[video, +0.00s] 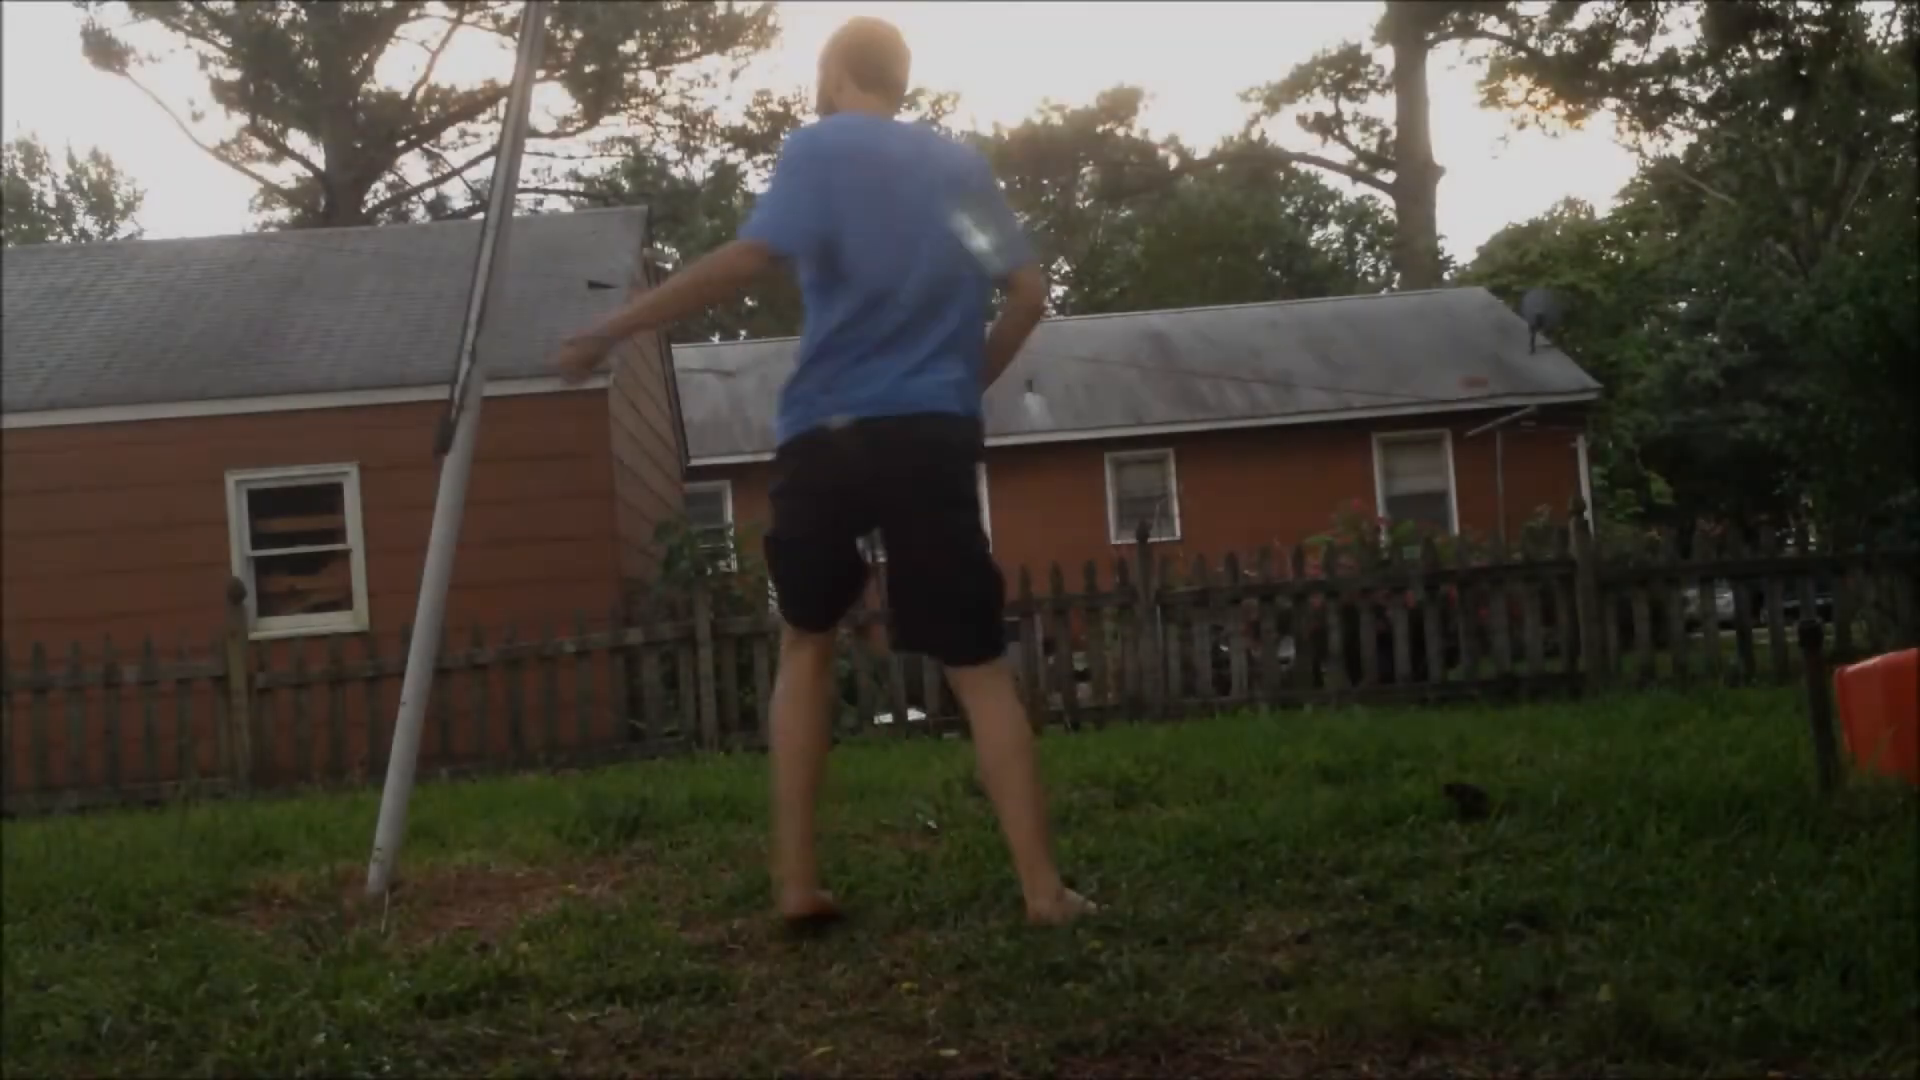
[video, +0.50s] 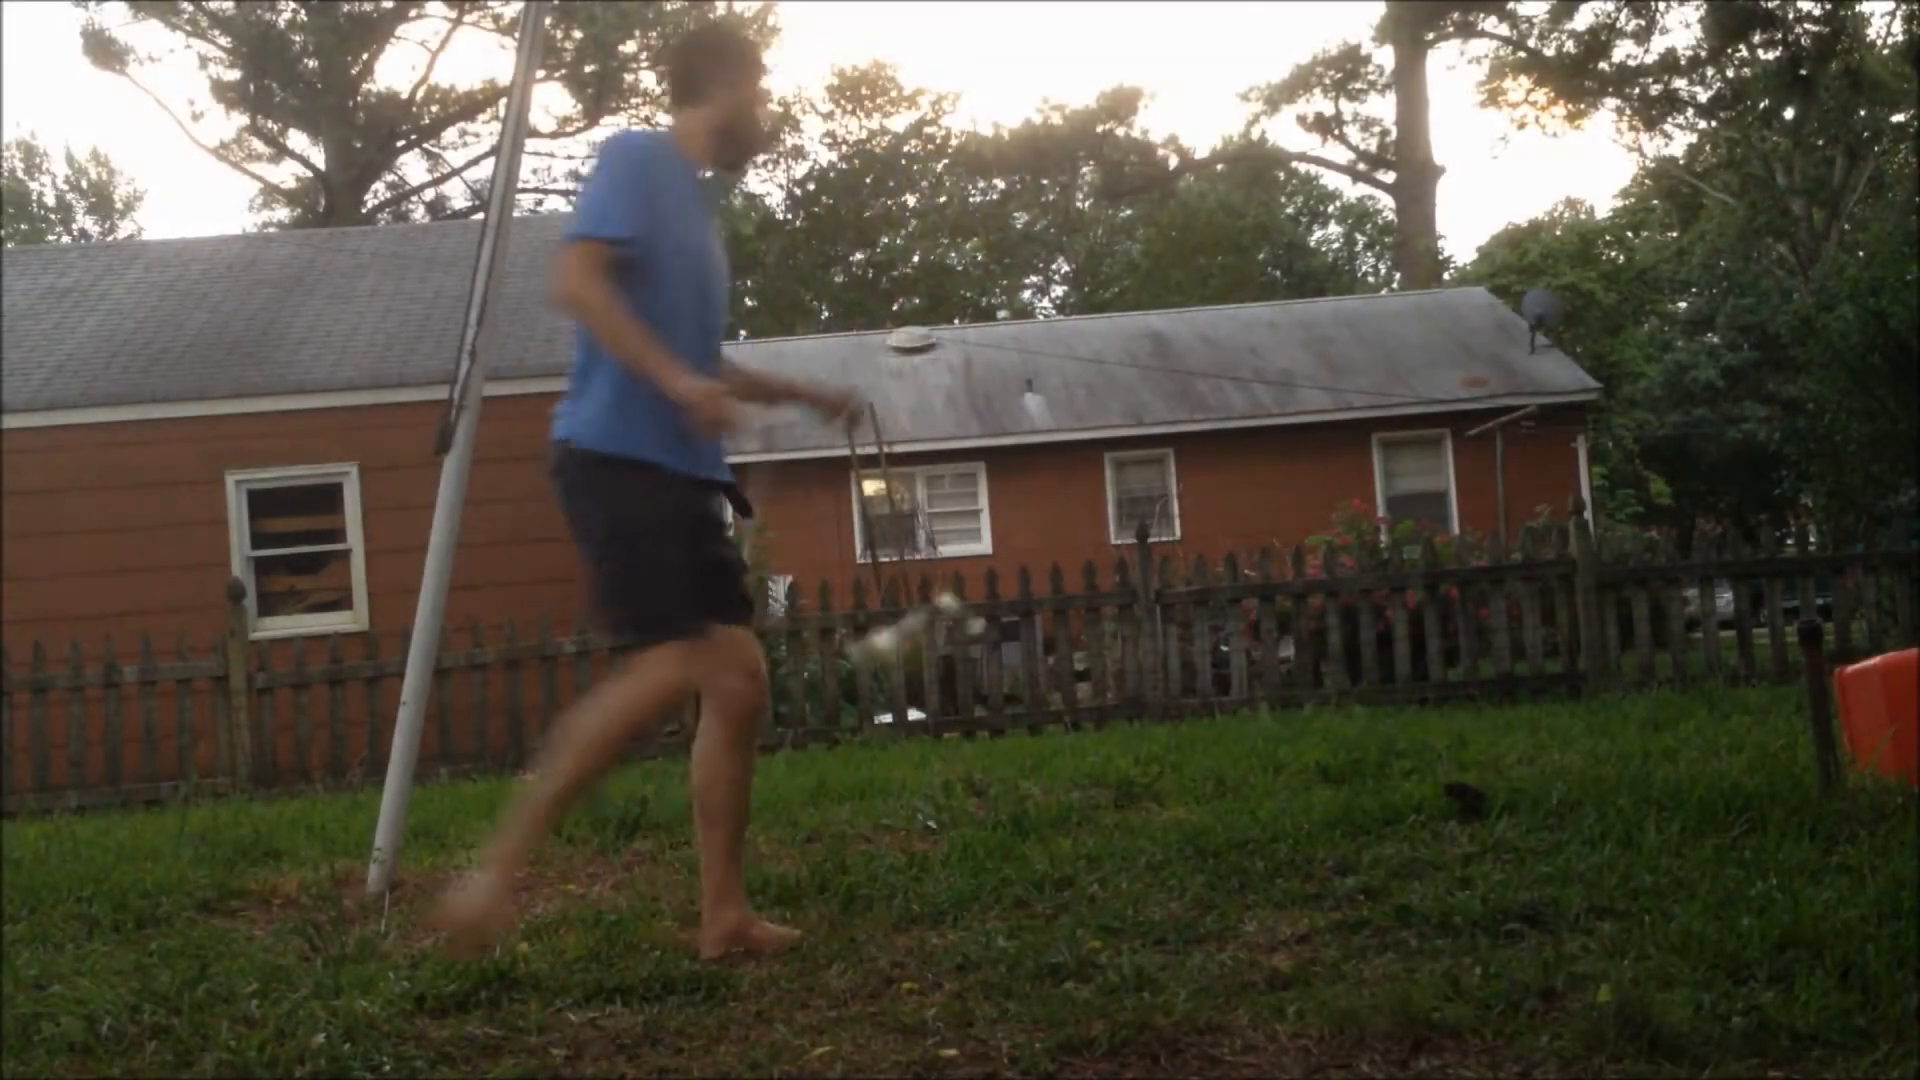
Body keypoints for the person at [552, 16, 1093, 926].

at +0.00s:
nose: (819, 96)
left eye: (820, 82)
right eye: (826, 83)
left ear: (831, 82)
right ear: (902, 87)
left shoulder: (815, 146)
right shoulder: (958, 159)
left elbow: (749, 259)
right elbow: (1031, 293)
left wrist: (611, 328)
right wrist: (971, 377)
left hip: (825, 439)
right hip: (937, 436)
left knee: (806, 646)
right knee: (980, 670)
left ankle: (796, 884)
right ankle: (1044, 891)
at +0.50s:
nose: (767, 111)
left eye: (764, 92)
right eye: (756, 91)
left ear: (711, 94)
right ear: (717, 91)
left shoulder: (700, 209)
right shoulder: (638, 157)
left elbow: (700, 362)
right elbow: (576, 279)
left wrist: (809, 396)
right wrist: (678, 378)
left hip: (677, 467)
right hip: (614, 456)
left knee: (735, 681)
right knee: (674, 664)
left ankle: (723, 918)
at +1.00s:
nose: (354, 162)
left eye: (366, 139)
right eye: (333, 150)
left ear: (400, 135)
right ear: (316, 164)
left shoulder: (492, 224)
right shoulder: (316, 261)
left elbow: (595, 307)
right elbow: (288, 353)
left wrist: (716, 347)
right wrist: (251, 413)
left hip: (540, 510)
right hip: (421, 535)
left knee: (638, 688)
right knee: (375, 752)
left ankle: (717, 905)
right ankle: (384, 945)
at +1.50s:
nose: (506, 109)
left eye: (521, 92)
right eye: (486, 93)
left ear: (543, 103)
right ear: (455, 109)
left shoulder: (601, 218)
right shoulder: (415, 218)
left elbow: (702, 324)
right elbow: (351, 299)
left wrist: (835, 360)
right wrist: (289, 359)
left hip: (593, 502)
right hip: (474, 507)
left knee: (681, 709)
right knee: (473, 722)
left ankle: (722, 915)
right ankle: (466, 898)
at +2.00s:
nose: (467, 44)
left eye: (464, 25)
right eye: (455, 24)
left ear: (387, 43)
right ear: (405, 35)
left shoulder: (346, 135)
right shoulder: (381, 122)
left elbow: (289, 291)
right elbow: (401, 230)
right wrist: (432, 322)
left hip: (362, 437)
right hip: (364, 441)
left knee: (500, 619)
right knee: (419, 689)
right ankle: (380, 937)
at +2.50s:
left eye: (110, 72)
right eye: (168, 75)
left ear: (93, 81)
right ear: (176, 79)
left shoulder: (27, 197)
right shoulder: (204, 144)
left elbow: (6, 319)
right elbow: (222, 248)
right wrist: (268, 396)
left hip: (90, 499)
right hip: (211, 493)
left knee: (28, 724)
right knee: (311, 715)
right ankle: (353, 947)